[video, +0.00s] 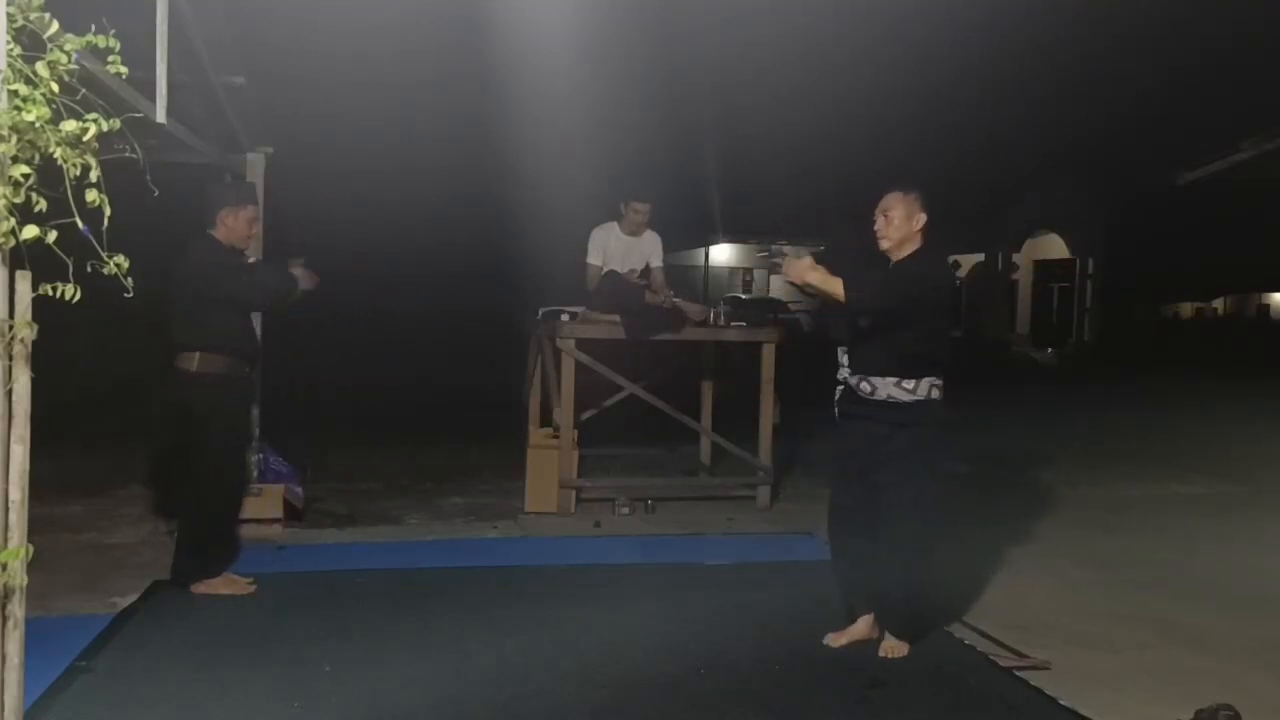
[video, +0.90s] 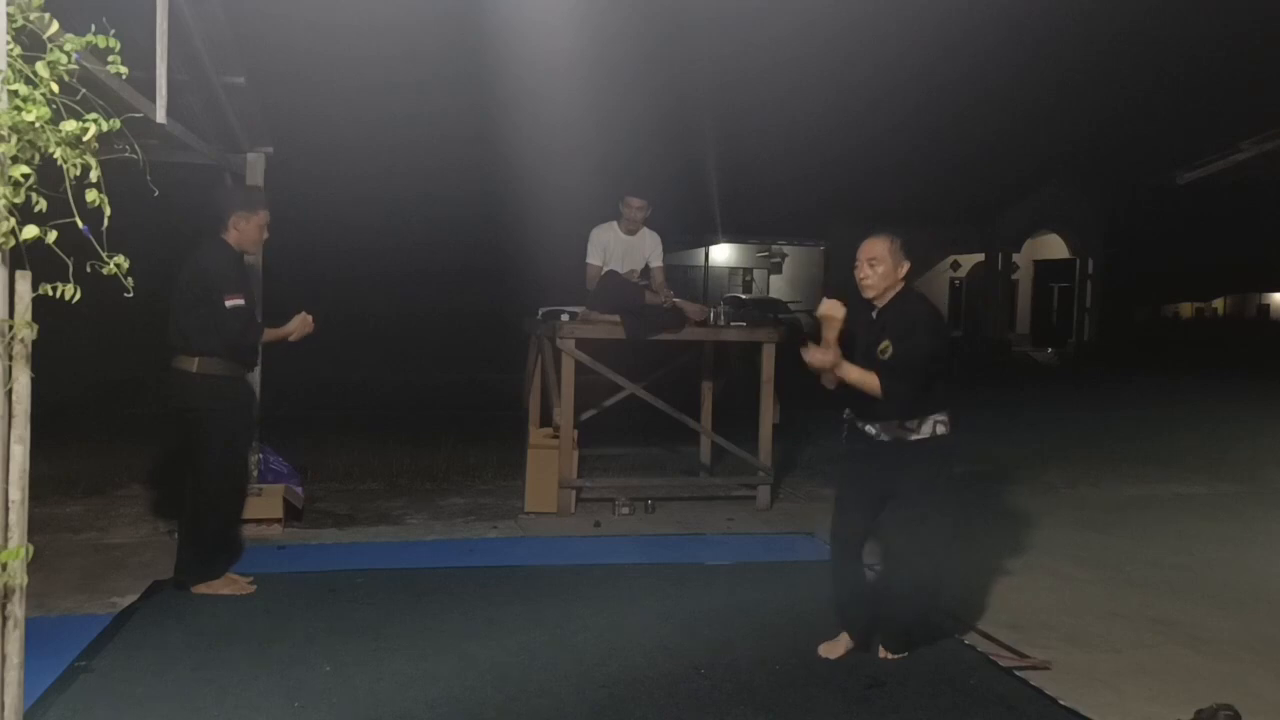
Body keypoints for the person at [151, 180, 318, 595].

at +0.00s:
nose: (254, 228)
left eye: (255, 220)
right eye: (249, 219)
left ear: (229, 221)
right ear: (225, 218)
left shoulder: (211, 257)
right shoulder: (209, 260)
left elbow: (245, 284)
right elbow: (254, 290)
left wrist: (281, 273)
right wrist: (291, 279)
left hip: (215, 380)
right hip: (211, 383)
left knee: (217, 471)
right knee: (216, 473)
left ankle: (206, 566)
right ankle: (203, 572)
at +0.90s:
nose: (266, 235)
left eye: (266, 227)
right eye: (262, 226)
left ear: (238, 225)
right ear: (236, 223)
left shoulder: (217, 258)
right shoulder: (221, 263)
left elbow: (230, 329)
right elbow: (239, 333)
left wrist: (272, 331)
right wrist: (285, 332)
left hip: (207, 380)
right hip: (210, 384)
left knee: (216, 475)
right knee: (215, 477)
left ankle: (209, 568)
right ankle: (202, 574)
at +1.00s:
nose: (271, 245)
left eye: (272, 236)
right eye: (268, 235)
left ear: (244, 229)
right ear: (244, 228)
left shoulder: (214, 259)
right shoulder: (224, 266)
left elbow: (234, 336)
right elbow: (242, 337)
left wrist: (283, 344)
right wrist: (287, 326)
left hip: (200, 378)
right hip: (210, 383)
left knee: (212, 472)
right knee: (220, 475)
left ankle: (207, 567)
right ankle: (206, 573)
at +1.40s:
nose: (281, 280)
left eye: (282, 271)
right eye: (277, 270)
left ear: (253, 268)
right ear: (253, 266)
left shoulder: (229, 297)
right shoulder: (234, 303)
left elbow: (248, 375)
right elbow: (280, 358)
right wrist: (324, 323)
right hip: (197, 411)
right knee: (254, 468)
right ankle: (213, 562)